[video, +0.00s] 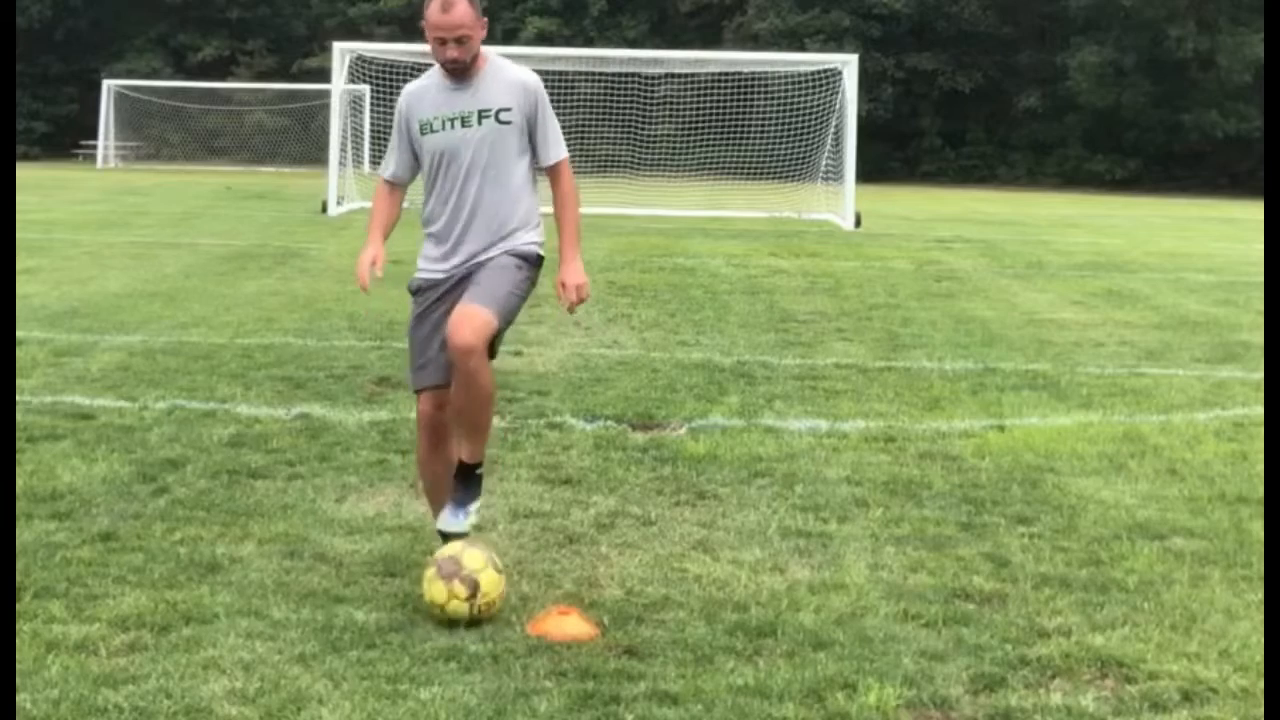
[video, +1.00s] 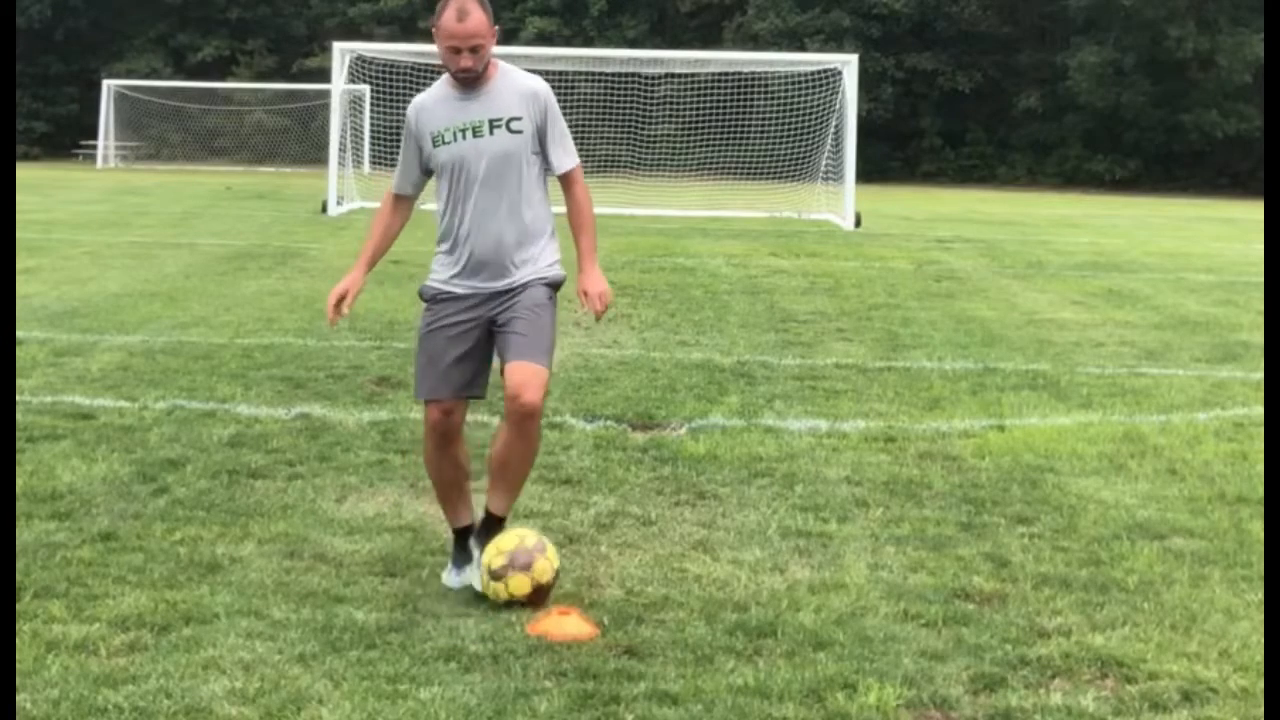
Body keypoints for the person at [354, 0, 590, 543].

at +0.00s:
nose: (451, 53)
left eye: (461, 40)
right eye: (439, 42)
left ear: (483, 29)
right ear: (425, 36)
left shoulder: (522, 86)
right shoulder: (414, 98)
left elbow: (560, 172)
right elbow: (393, 181)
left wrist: (571, 259)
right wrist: (374, 240)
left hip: (509, 249)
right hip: (441, 262)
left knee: (464, 337)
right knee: (431, 410)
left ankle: (469, 477)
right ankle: (448, 542)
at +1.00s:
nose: (464, 61)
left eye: (475, 49)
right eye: (453, 50)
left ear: (494, 36)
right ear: (436, 42)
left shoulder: (533, 94)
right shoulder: (423, 111)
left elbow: (573, 180)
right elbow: (400, 199)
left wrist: (589, 266)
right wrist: (359, 269)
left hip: (528, 279)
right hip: (454, 285)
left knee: (527, 402)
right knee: (441, 416)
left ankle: (492, 534)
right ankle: (462, 541)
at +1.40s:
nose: (485, 35)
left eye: (495, 23)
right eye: (472, 24)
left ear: (511, 12)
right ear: (452, 15)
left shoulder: (546, 65)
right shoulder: (435, 80)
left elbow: (579, 151)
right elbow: (417, 163)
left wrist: (594, 234)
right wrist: (384, 242)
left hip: (549, 248)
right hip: (470, 260)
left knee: (587, 371)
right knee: (460, 399)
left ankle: (575, 489)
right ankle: (467, 531)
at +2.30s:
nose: (551, 59)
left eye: (560, 47)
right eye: (539, 49)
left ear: (572, 33)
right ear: (513, 37)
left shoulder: (595, 85)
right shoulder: (488, 104)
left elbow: (615, 164)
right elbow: (452, 191)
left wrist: (641, 244)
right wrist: (436, 284)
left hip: (601, 271)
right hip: (525, 286)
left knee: (673, 373)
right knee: (504, 420)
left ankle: (660, 530)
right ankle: (479, 550)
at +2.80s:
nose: (611, 59)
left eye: (621, 47)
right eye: (599, 48)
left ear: (634, 36)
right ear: (575, 36)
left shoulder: (656, 92)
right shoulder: (541, 101)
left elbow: (676, 170)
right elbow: (508, 186)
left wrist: (692, 249)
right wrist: (499, 274)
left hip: (638, 267)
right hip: (564, 269)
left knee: (676, 397)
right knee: (566, 388)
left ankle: (685, 551)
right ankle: (543, 504)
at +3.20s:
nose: (644, 98)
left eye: (656, 86)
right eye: (633, 85)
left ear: (672, 78)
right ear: (613, 75)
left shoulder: (694, 137)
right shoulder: (581, 136)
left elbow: (726, 220)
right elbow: (543, 223)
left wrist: (741, 301)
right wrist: (527, 314)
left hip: (661, 291)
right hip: (589, 282)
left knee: (700, 425)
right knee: (616, 363)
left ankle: (676, 560)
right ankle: (627, 513)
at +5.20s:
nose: (636, 42)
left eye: (648, 31)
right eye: (627, 29)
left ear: (673, 17)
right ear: (613, 15)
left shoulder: (706, 79)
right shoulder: (588, 70)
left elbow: (735, 155)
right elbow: (562, 153)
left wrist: (722, 230)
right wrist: (533, 236)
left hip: (664, 258)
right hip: (583, 244)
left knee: (674, 398)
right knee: (537, 363)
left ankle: (678, 543)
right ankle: (537, 486)